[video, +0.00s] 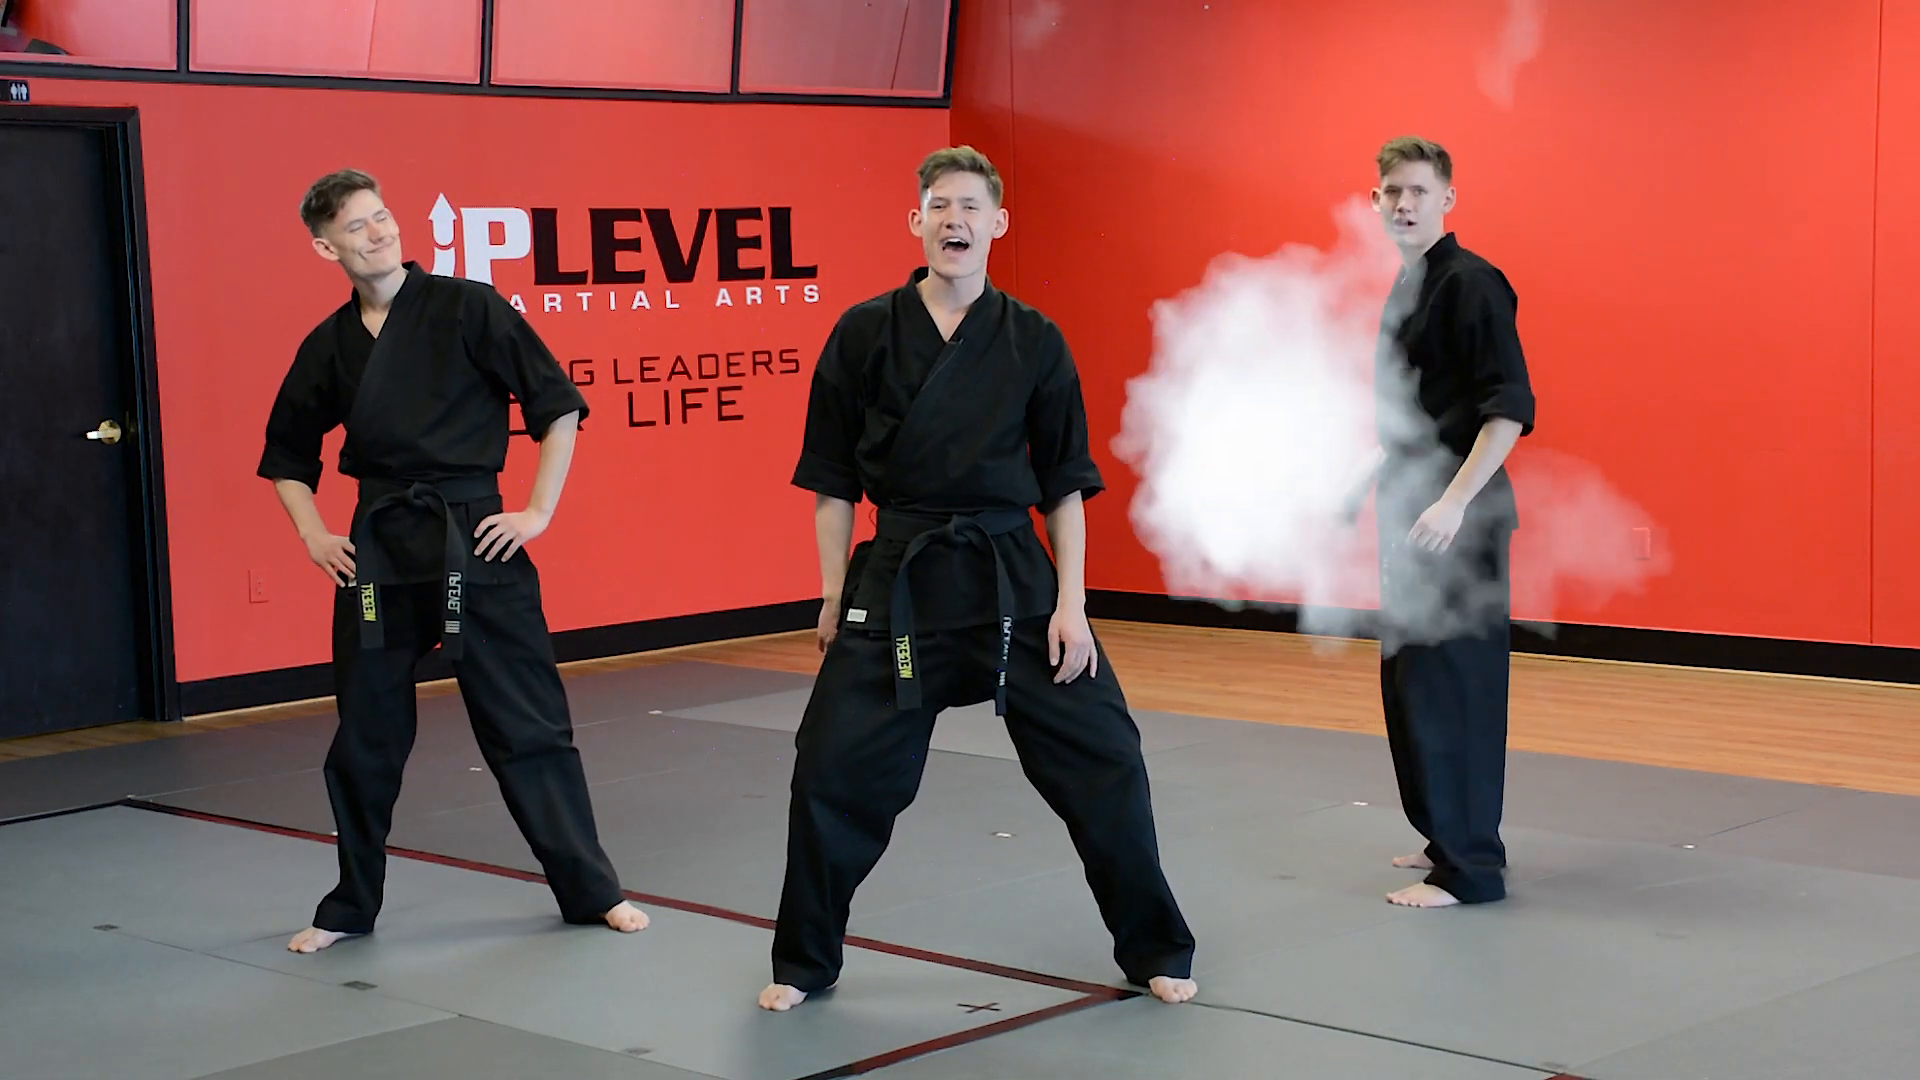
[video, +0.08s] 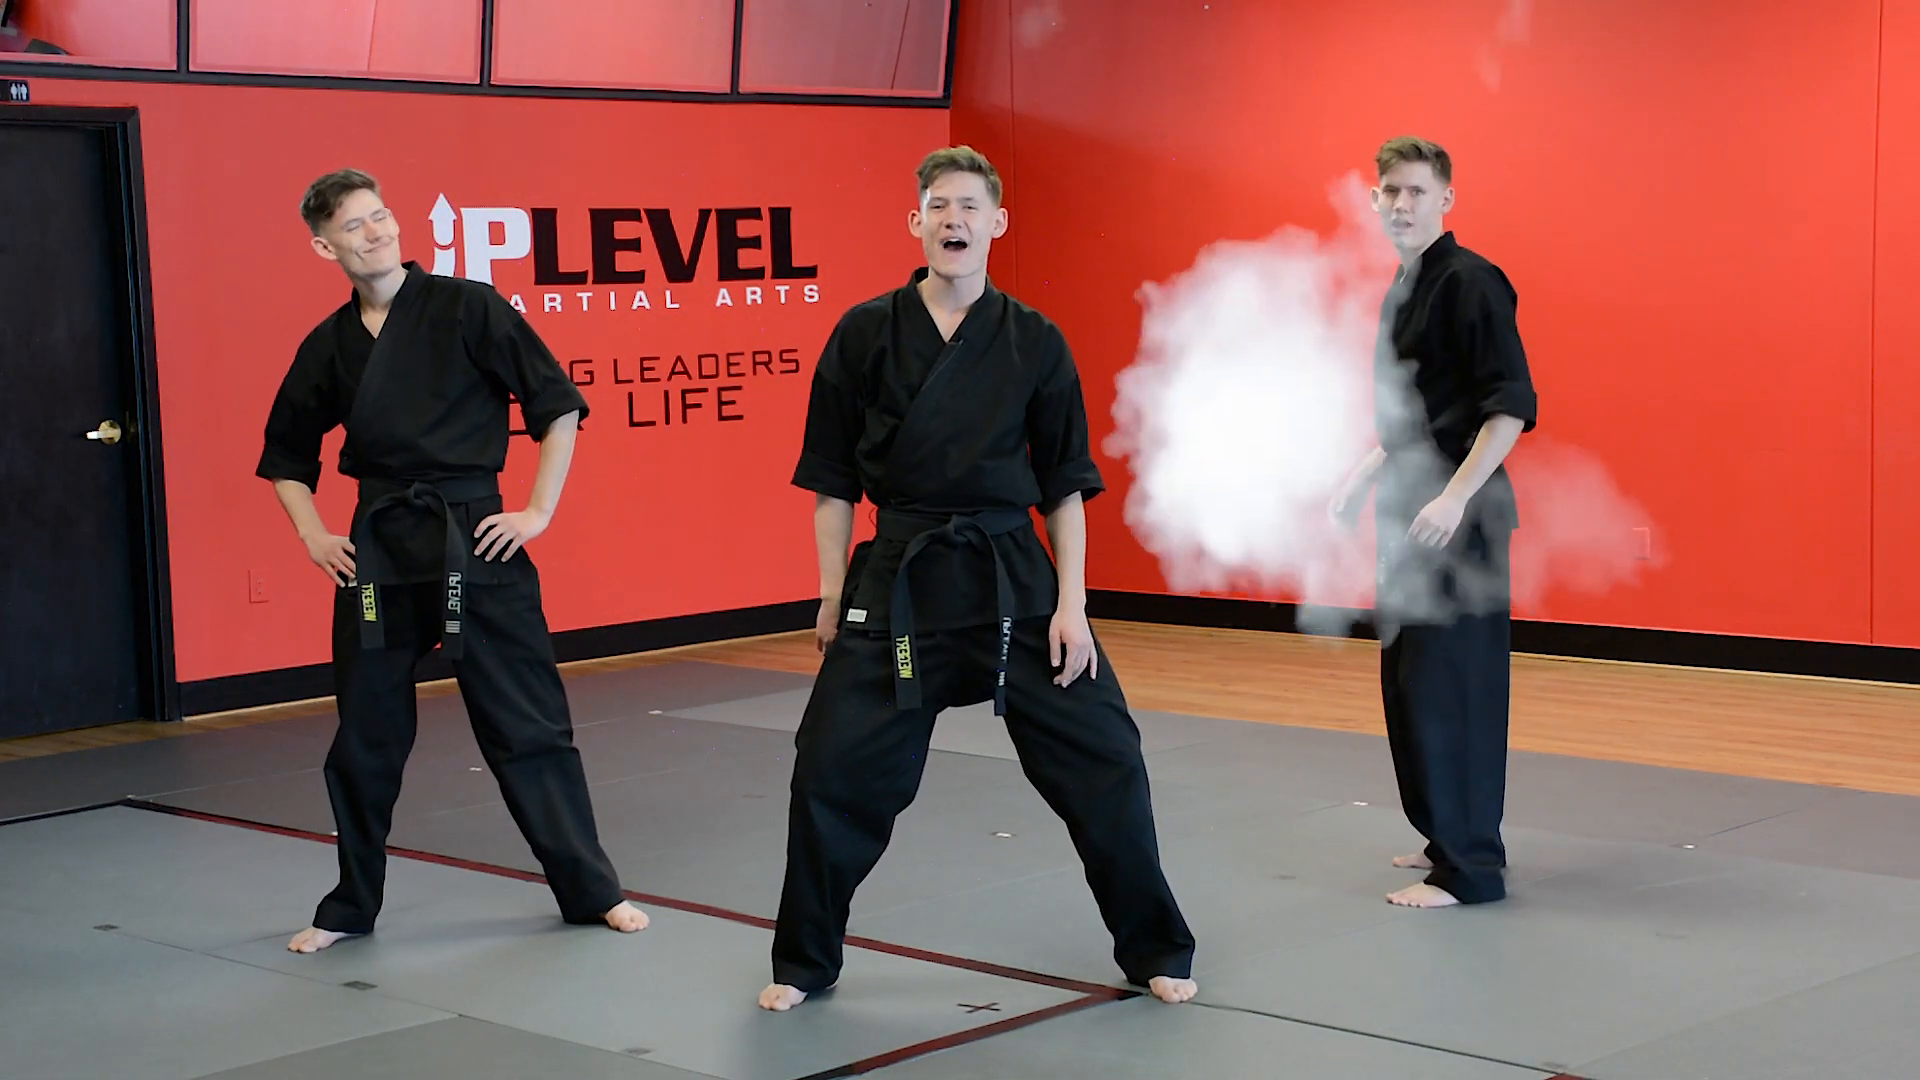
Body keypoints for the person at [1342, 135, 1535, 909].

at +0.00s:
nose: (1401, 205)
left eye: (1417, 191)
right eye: (1391, 192)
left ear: (1448, 199)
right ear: (1379, 203)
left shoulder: (1474, 284)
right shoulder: (1406, 292)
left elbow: (1510, 409)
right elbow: (1408, 420)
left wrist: (1454, 500)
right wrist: (1359, 490)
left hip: (1461, 508)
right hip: (1414, 505)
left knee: (1459, 685)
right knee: (1417, 681)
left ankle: (1473, 869)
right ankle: (1452, 845)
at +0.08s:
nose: (1398, 204)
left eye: (1414, 191)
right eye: (1388, 192)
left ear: (1446, 200)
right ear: (1376, 203)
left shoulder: (1473, 282)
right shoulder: (1401, 294)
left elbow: (1512, 408)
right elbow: (1410, 417)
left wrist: (1454, 497)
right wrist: (1365, 474)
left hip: (1462, 513)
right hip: (1413, 511)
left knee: (1457, 689)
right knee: (1415, 685)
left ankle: (1472, 870)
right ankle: (1451, 843)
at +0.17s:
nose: (1393, 209)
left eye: (1409, 195)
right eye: (1383, 196)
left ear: (1444, 200)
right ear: (1373, 204)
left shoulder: (1472, 282)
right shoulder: (1402, 294)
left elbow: (1513, 406)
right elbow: (1411, 416)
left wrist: (1452, 493)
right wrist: (1361, 472)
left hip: (1463, 512)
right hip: (1413, 509)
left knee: (1457, 690)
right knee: (1414, 687)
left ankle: (1472, 870)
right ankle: (1451, 844)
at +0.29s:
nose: (1390, 213)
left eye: (1405, 199)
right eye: (1380, 200)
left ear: (1439, 203)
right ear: (1370, 206)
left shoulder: (1475, 284)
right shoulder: (1397, 293)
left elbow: (1513, 407)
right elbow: (1416, 416)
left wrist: (1442, 484)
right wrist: (1364, 461)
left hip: (1466, 522)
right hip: (1417, 519)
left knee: (1456, 692)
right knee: (1413, 687)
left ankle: (1472, 871)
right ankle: (1450, 843)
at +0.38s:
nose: (1383, 218)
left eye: (1398, 204)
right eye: (1375, 204)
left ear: (1436, 203)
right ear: (1368, 205)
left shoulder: (1475, 284)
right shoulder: (1396, 294)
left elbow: (1509, 407)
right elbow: (1415, 412)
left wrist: (1433, 474)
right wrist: (1364, 457)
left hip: (1466, 523)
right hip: (1417, 519)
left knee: (1457, 693)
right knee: (1414, 689)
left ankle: (1473, 871)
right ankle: (1450, 844)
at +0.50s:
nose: (1378, 226)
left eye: (1389, 211)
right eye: (1370, 213)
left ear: (1431, 203)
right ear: (1367, 213)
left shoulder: (1473, 285)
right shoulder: (1400, 294)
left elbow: (1504, 407)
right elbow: (1409, 405)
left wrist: (1416, 459)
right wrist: (1364, 447)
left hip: (1463, 526)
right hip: (1416, 523)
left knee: (1455, 692)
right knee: (1415, 688)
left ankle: (1472, 870)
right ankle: (1452, 843)